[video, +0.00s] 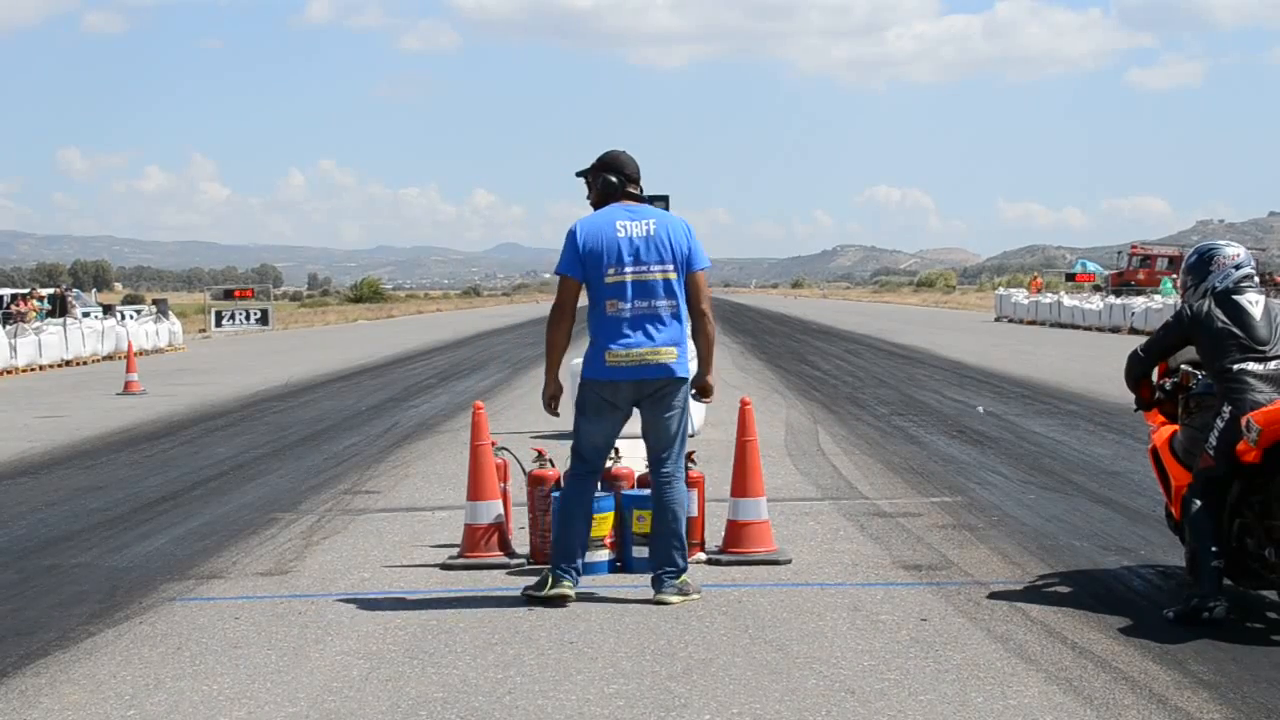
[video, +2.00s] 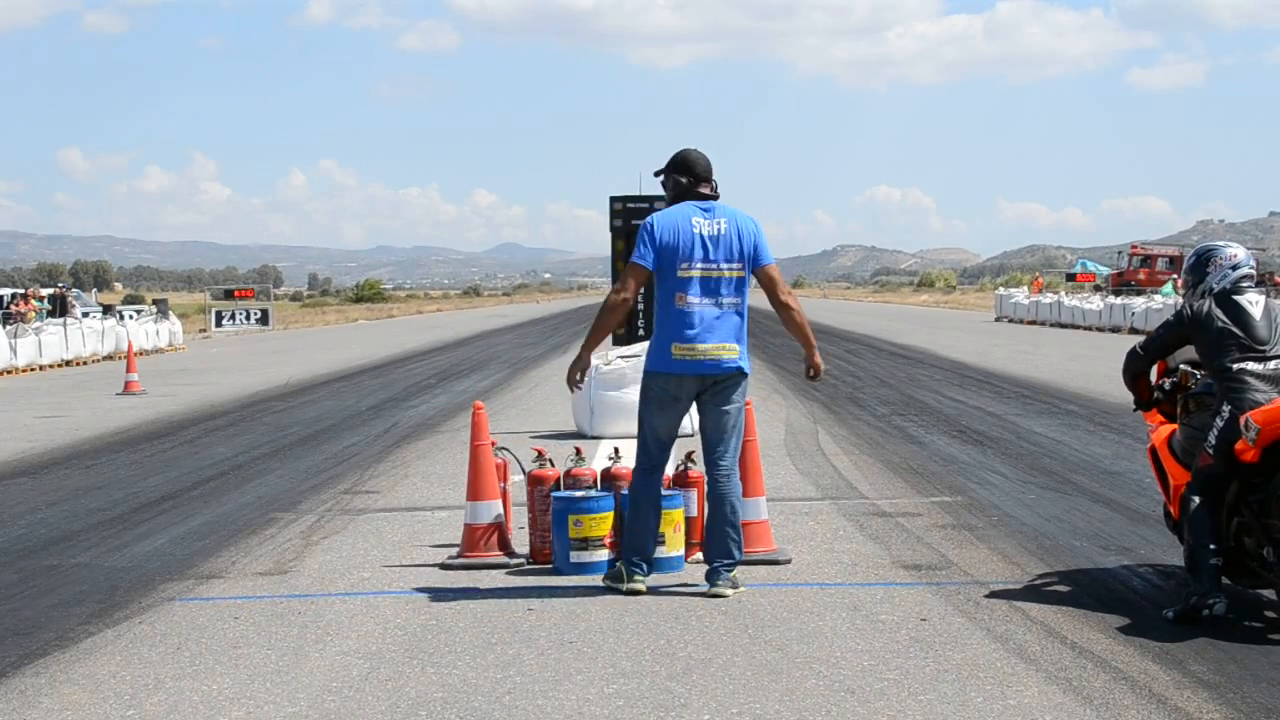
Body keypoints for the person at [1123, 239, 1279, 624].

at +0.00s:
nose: (1185, 288)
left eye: (1187, 280)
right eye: (1185, 281)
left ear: (1201, 277)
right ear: (1242, 268)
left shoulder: (1198, 310)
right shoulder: (1270, 304)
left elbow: (1140, 359)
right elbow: (1259, 354)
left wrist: (1146, 394)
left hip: (1244, 405)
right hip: (1279, 399)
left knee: (1200, 495)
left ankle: (1206, 595)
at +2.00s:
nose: (1186, 287)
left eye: (1189, 280)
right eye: (1186, 280)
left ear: (1203, 277)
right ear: (1244, 269)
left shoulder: (1198, 309)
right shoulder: (1271, 304)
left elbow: (1136, 359)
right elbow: (1257, 353)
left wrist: (1148, 399)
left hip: (1243, 403)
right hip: (1279, 398)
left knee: (1199, 492)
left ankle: (1205, 591)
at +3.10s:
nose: (1191, 283)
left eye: (1195, 276)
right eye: (1193, 277)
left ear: (1206, 273)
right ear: (1247, 270)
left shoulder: (1198, 310)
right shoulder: (1272, 304)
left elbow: (1135, 356)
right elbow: (1258, 354)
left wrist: (1147, 395)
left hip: (1240, 403)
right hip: (1279, 398)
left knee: (1193, 488)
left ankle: (1203, 574)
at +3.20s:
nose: (1192, 283)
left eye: (1195, 275)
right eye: (1193, 276)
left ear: (1205, 272)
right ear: (1246, 270)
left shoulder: (1197, 309)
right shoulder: (1270, 304)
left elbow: (1134, 355)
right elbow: (1256, 353)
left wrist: (1146, 393)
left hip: (1238, 402)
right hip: (1277, 398)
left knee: (1192, 485)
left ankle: (1202, 570)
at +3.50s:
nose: (1188, 283)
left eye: (1191, 276)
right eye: (1189, 277)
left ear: (1201, 274)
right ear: (1241, 273)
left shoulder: (1192, 309)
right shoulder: (1268, 308)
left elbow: (1131, 350)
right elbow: (1259, 353)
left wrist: (1132, 386)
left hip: (1230, 402)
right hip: (1273, 397)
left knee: (1170, 484)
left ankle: (1187, 556)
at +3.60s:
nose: (1184, 284)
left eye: (1186, 278)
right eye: (1185, 278)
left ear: (1196, 276)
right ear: (1236, 273)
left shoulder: (1187, 310)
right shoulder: (1267, 309)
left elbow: (1125, 352)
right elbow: (1274, 351)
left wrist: (1131, 389)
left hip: (1226, 402)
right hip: (1272, 396)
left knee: (1161, 477)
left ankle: (1172, 560)